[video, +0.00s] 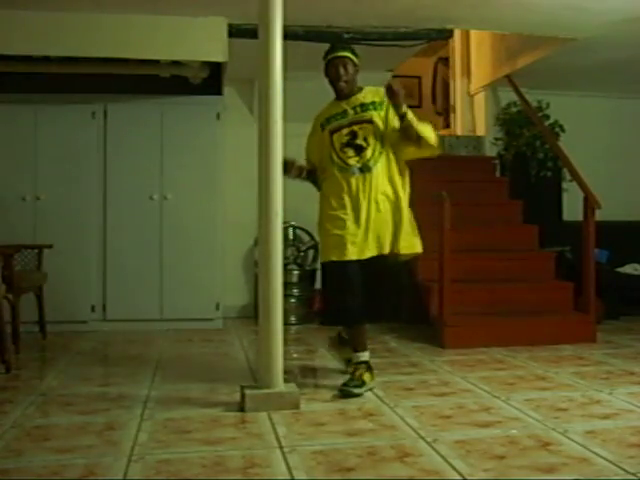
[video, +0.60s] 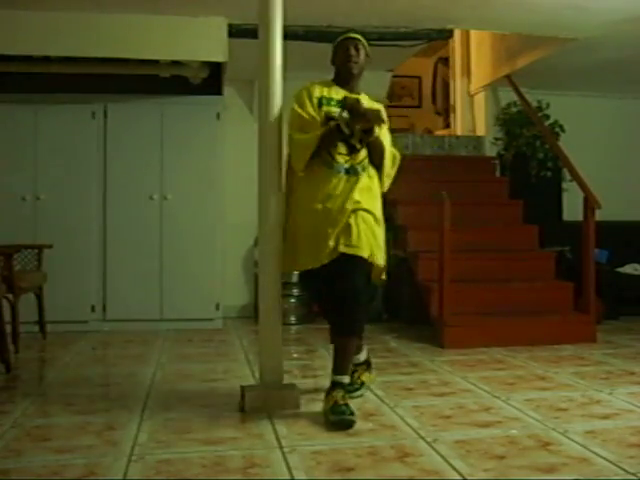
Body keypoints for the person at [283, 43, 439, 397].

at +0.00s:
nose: (340, 74)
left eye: (346, 67)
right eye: (333, 69)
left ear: (357, 70)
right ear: (326, 76)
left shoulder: (381, 101)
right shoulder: (322, 121)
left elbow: (426, 145)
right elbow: (325, 178)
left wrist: (403, 111)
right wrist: (304, 171)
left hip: (382, 216)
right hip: (340, 221)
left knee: (374, 288)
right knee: (347, 292)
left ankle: (348, 337)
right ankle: (361, 364)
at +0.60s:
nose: (350, 55)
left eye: (357, 50)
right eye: (344, 49)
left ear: (366, 62)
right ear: (333, 59)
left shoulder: (375, 108)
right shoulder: (311, 95)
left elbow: (388, 166)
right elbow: (301, 145)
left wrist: (371, 134)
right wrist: (335, 127)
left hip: (360, 208)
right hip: (316, 208)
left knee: (352, 292)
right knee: (326, 294)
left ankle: (337, 390)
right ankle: (358, 358)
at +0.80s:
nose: (333, 33)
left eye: (341, 29)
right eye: (326, 29)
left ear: (353, 43)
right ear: (317, 44)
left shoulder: (375, 88)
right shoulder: (299, 85)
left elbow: (397, 125)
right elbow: (276, 129)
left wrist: (379, 74)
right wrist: (280, 74)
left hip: (352, 213)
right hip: (298, 210)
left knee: (347, 312)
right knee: (296, 313)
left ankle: (335, 391)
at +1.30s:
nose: (279, 28)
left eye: (288, 20)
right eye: (272, 23)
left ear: (308, 30)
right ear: (266, 36)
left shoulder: (334, 71)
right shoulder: (253, 86)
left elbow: (377, 100)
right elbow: (220, 129)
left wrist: (359, 40)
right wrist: (209, 76)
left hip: (306, 205)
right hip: (250, 209)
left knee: (291, 292)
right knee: (247, 309)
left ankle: (324, 366)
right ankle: (271, 403)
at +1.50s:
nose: (275, 15)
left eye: (284, 8)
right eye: (268, 8)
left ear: (299, 19)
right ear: (258, 18)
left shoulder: (321, 66)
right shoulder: (228, 65)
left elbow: (376, 78)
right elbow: (178, 78)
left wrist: (351, 19)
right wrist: (196, 20)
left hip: (285, 194)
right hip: (225, 193)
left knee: (252, 285)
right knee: (233, 301)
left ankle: (259, 385)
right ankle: (269, 397)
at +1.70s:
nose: (266, 18)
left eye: (274, 12)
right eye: (259, 11)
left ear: (288, 22)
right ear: (248, 19)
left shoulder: (303, 77)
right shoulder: (222, 58)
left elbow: (336, 138)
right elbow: (191, 99)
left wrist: (330, 73)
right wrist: (200, 37)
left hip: (271, 212)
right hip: (213, 208)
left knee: (239, 322)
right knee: (242, 318)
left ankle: (217, 427)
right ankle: (272, 405)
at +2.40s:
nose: (257, 2)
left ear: (274, 4)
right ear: (232, 1)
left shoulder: (293, 56)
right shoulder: (202, 46)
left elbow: (345, 113)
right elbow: (161, 108)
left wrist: (340, 49)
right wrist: (159, 40)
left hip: (272, 198)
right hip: (209, 188)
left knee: (249, 325)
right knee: (202, 286)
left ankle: (228, 438)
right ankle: (203, 394)